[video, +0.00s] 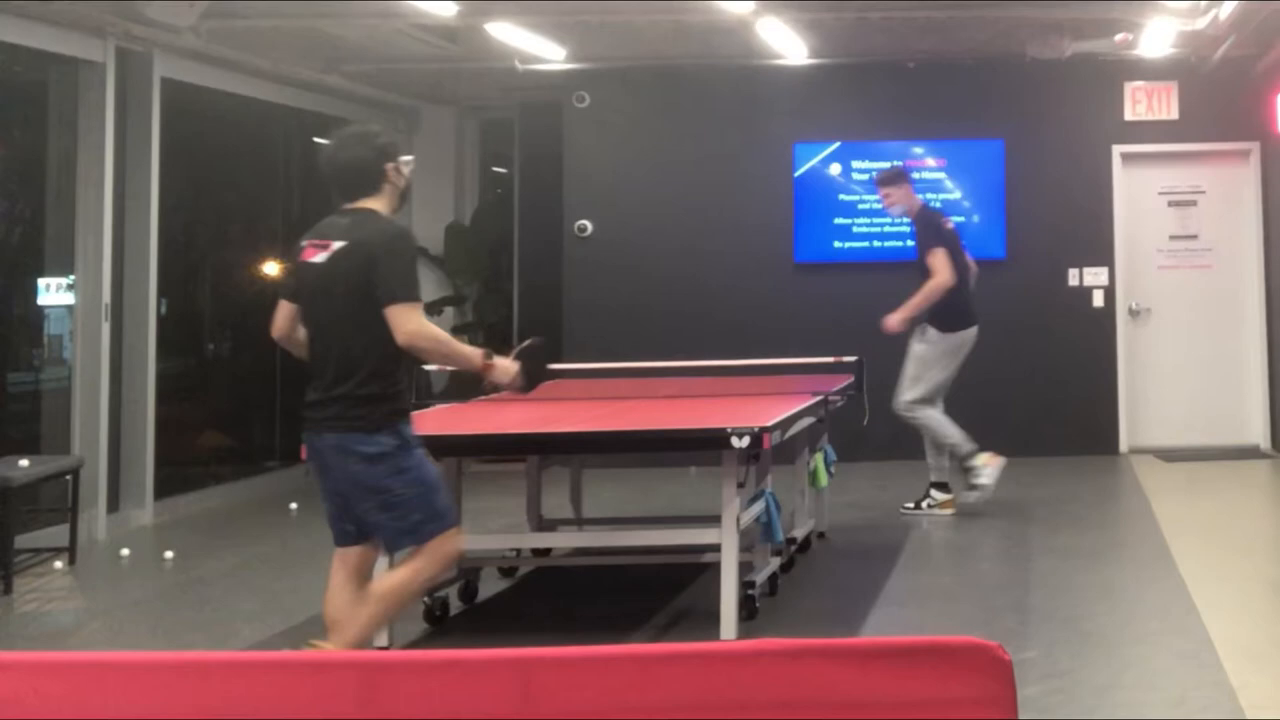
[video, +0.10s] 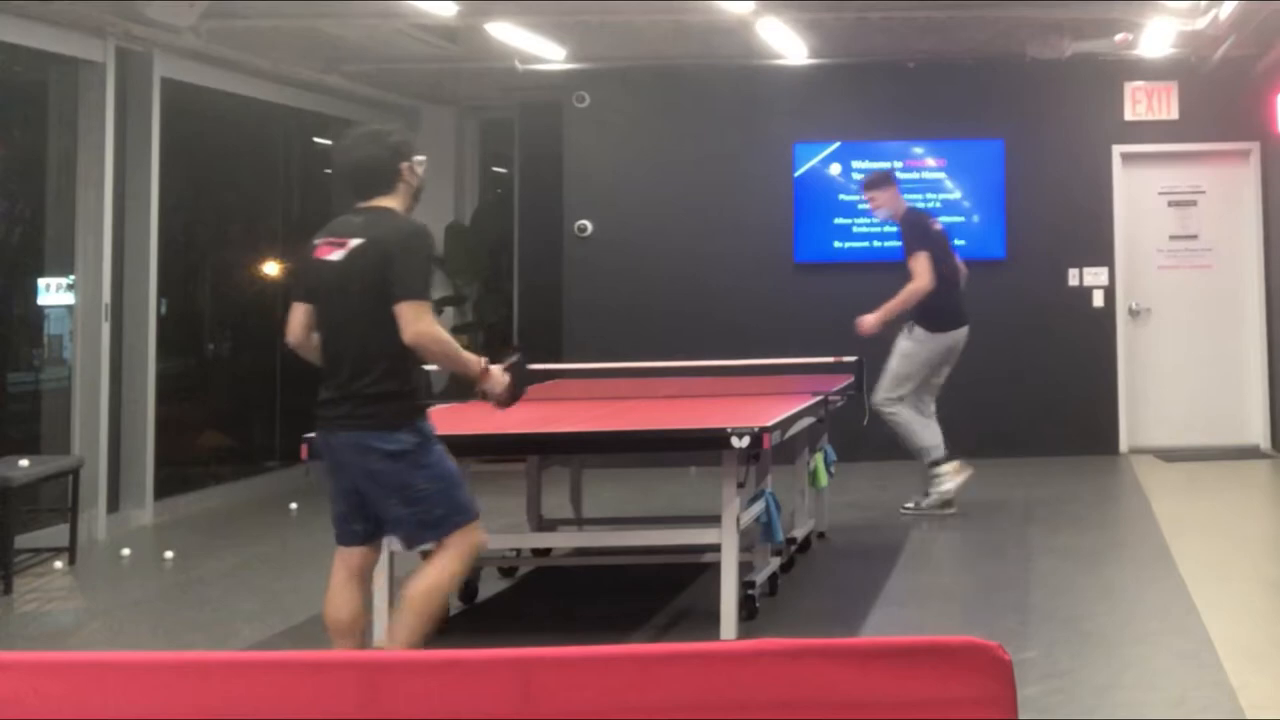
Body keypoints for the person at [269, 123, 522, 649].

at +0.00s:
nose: (406, 172)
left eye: (403, 163)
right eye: (401, 164)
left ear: (341, 179)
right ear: (387, 172)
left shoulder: (317, 238)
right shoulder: (387, 237)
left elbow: (284, 329)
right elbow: (410, 332)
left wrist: (333, 359)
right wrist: (485, 363)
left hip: (327, 430)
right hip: (371, 432)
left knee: (354, 552)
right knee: (442, 545)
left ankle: (345, 679)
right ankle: (336, 650)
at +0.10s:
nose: (419, 171)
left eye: (414, 162)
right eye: (413, 162)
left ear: (354, 178)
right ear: (399, 172)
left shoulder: (327, 239)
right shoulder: (404, 235)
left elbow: (298, 335)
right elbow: (417, 331)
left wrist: (353, 364)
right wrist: (479, 371)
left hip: (338, 429)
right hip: (391, 430)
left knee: (354, 556)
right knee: (463, 537)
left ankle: (351, 684)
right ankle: (391, 669)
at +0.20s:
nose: (440, 172)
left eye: (435, 164)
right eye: (434, 166)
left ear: (379, 182)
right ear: (423, 177)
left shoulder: (344, 242)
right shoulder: (429, 238)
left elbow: (326, 337)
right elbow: (441, 336)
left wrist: (384, 355)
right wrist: (483, 387)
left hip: (354, 435)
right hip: (414, 437)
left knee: (357, 560)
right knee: (468, 550)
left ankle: (346, 691)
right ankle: (469, 693)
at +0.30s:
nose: (473, 174)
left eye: (469, 165)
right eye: (470, 166)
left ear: (404, 183)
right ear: (459, 176)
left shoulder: (369, 244)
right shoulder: (472, 245)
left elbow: (356, 336)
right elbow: (483, 347)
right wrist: (500, 405)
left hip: (370, 437)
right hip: (437, 440)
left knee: (363, 563)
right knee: (479, 563)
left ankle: (349, 690)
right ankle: (484, 702)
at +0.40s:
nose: (504, 173)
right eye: (502, 167)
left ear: (436, 176)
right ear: (496, 174)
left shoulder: (399, 235)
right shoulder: (505, 247)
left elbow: (389, 320)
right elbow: (524, 347)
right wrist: (526, 414)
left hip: (380, 427)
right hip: (448, 434)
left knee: (374, 559)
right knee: (485, 563)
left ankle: (350, 685)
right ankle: (489, 705)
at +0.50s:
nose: (518, 177)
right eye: (517, 170)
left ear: (454, 174)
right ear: (513, 176)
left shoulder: (414, 229)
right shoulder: (521, 248)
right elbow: (543, 348)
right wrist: (549, 413)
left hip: (386, 425)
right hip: (455, 431)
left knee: (377, 553)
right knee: (482, 564)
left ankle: (351, 683)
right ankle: (486, 705)